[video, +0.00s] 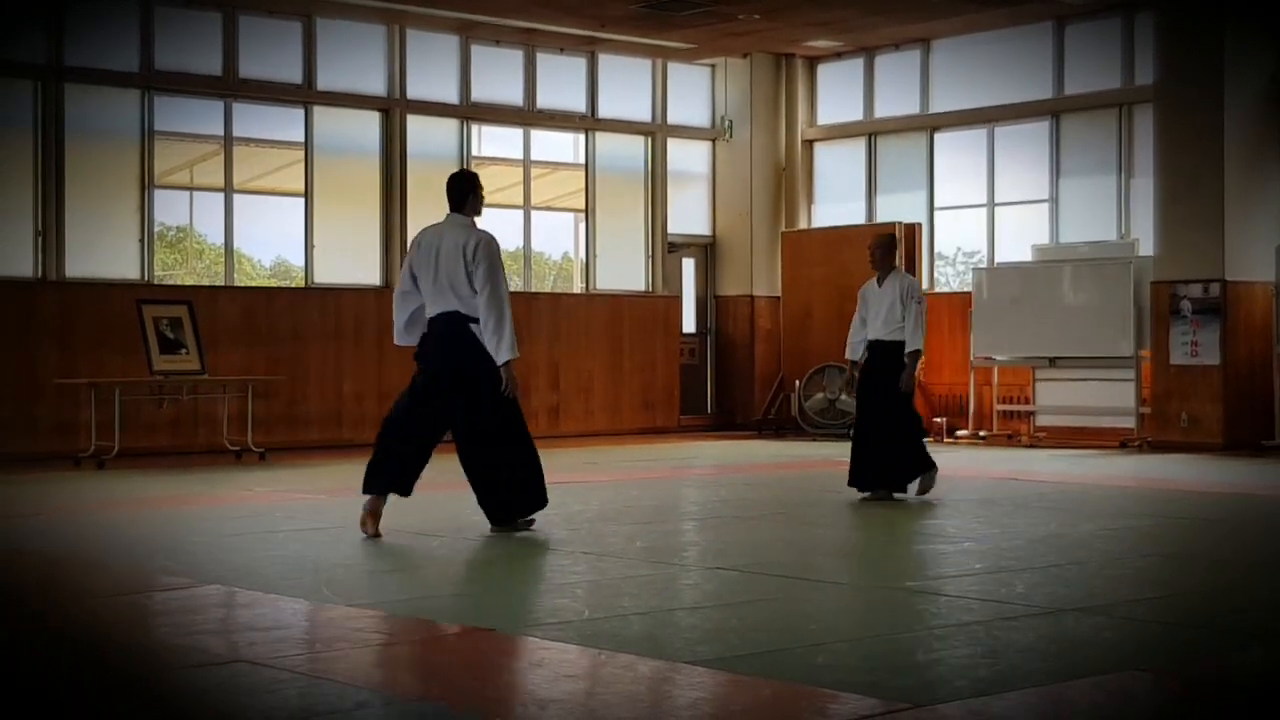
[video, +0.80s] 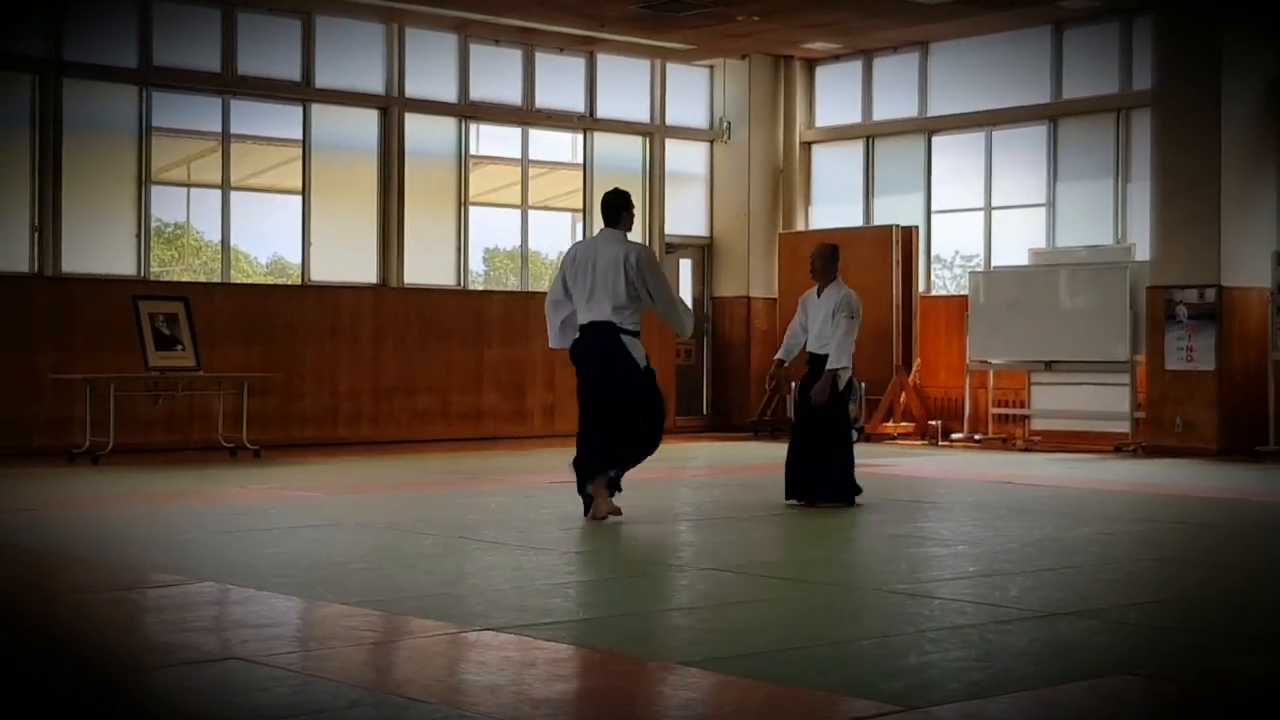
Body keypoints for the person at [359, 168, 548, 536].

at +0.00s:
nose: (484, 201)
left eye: (482, 195)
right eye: (482, 195)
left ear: (449, 199)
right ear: (474, 199)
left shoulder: (424, 239)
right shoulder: (481, 241)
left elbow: (406, 296)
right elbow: (493, 304)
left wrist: (422, 332)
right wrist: (505, 359)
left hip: (436, 343)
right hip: (473, 343)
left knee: (412, 419)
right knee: (490, 426)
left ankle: (378, 493)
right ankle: (504, 511)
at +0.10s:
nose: (505, 198)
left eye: (503, 192)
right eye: (503, 193)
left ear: (471, 196)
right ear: (496, 196)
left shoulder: (445, 235)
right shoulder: (504, 237)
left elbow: (426, 291)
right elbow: (518, 300)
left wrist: (441, 330)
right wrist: (532, 354)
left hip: (458, 336)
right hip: (495, 337)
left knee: (452, 412)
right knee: (505, 422)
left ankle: (419, 478)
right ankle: (505, 512)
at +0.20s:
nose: (525, 196)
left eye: (523, 191)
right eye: (523, 191)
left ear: (491, 195)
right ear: (517, 195)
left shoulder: (464, 233)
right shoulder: (525, 235)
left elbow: (444, 286)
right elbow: (543, 295)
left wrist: (462, 327)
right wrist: (561, 346)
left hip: (476, 332)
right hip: (512, 333)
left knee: (485, 410)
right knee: (517, 418)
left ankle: (472, 486)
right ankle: (506, 513)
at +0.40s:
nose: (561, 204)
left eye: (558, 198)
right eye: (559, 199)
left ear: (528, 202)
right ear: (553, 201)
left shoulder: (501, 239)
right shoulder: (560, 240)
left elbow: (479, 289)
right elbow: (580, 296)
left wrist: (496, 330)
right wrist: (605, 343)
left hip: (509, 337)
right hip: (543, 336)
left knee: (543, 419)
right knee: (532, 423)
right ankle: (507, 513)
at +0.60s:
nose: (597, 212)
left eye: (595, 207)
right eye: (595, 207)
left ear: (566, 211)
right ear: (589, 211)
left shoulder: (540, 248)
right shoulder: (600, 250)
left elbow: (520, 298)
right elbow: (621, 304)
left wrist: (536, 336)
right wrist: (646, 341)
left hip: (549, 341)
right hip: (583, 341)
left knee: (589, 419)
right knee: (559, 422)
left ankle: (597, 495)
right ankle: (519, 498)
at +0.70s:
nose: (614, 214)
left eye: (612, 208)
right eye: (612, 209)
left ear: (583, 213)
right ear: (607, 213)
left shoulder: (558, 249)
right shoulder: (617, 250)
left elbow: (538, 299)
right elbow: (642, 301)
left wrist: (552, 334)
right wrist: (665, 334)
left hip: (567, 341)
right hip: (602, 341)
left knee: (579, 418)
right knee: (606, 420)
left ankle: (595, 501)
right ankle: (548, 477)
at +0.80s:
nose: (634, 217)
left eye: (631, 212)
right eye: (632, 212)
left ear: (604, 216)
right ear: (627, 216)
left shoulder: (576, 251)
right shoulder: (635, 253)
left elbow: (556, 301)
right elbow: (663, 298)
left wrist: (569, 338)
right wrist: (687, 324)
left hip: (585, 345)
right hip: (622, 345)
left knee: (594, 417)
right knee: (650, 417)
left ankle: (598, 498)